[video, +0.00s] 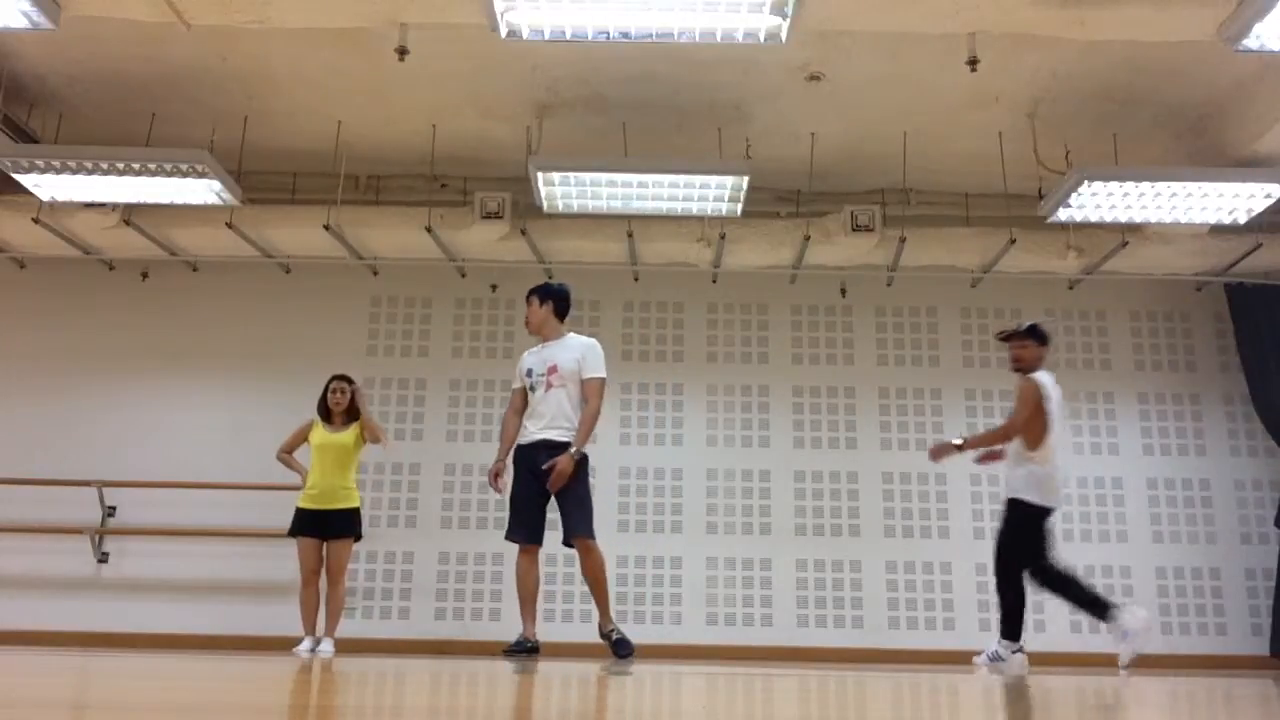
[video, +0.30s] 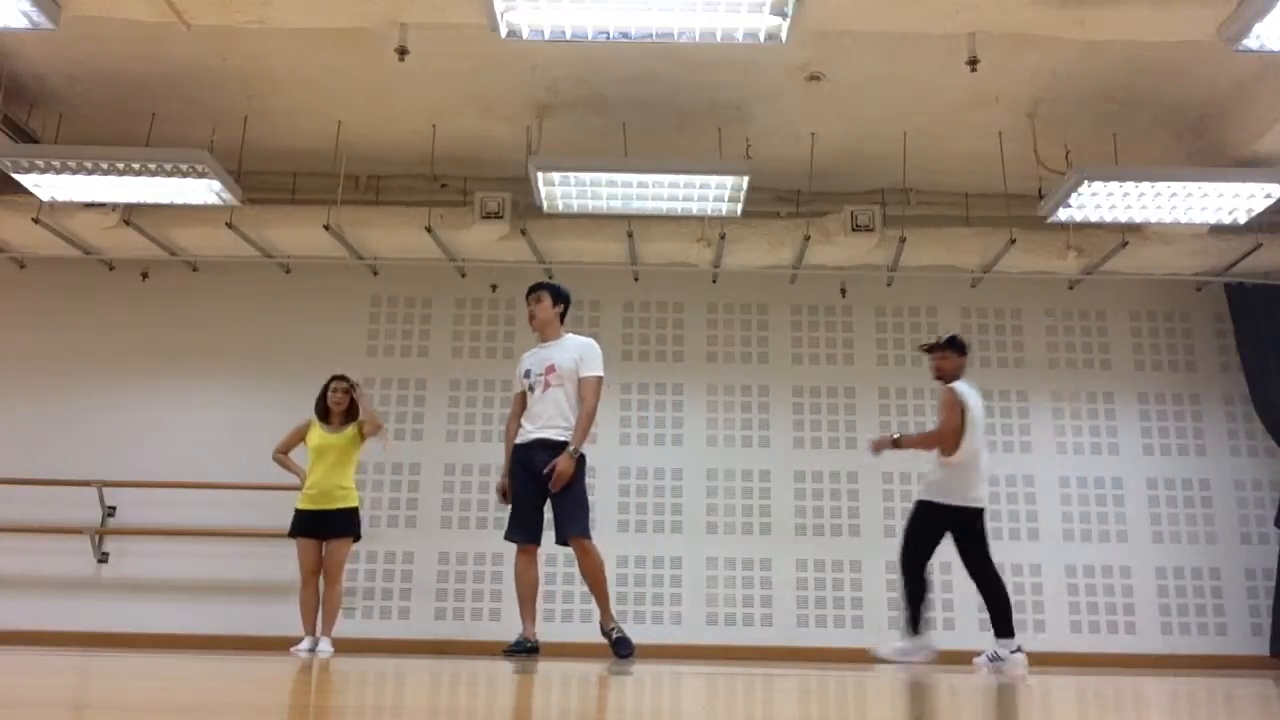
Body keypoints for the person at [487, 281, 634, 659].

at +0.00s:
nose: (525, 315)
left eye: (529, 306)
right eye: (526, 307)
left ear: (549, 308)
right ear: (543, 310)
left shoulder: (586, 347)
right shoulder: (528, 358)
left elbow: (593, 405)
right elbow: (515, 411)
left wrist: (572, 454)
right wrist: (501, 457)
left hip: (568, 453)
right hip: (527, 455)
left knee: (584, 540)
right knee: (527, 545)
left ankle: (607, 625)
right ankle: (528, 634)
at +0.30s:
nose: (531, 310)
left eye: (538, 303)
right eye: (529, 305)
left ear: (559, 308)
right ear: (530, 314)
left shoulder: (584, 347)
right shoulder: (527, 360)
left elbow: (589, 405)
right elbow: (515, 416)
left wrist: (571, 453)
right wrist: (507, 470)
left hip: (565, 453)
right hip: (525, 455)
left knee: (578, 539)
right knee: (526, 544)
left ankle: (609, 622)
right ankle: (528, 634)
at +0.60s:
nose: (554, 306)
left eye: (561, 300)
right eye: (548, 302)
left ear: (577, 307)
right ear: (542, 312)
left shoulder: (598, 350)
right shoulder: (532, 357)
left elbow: (607, 407)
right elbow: (519, 417)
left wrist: (597, 456)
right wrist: (514, 471)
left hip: (580, 457)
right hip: (535, 457)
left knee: (597, 547)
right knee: (531, 546)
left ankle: (611, 634)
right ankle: (528, 635)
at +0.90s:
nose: (591, 308)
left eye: (597, 302)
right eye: (584, 303)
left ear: (610, 311)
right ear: (575, 313)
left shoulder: (627, 357)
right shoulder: (557, 355)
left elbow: (638, 413)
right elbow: (541, 407)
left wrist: (634, 465)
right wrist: (533, 454)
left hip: (609, 459)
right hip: (564, 458)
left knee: (613, 550)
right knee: (545, 543)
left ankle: (612, 636)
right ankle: (531, 634)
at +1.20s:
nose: (603, 309)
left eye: (610, 304)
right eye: (597, 304)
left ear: (622, 312)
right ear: (587, 312)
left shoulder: (638, 358)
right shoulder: (568, 354)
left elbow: (651, 415)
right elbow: (558, 408)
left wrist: (653, 469)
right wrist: (562, 457)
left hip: (619, 458)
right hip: (577, 457)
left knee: (618, 550)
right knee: (556, 542)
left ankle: (614, 636)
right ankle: (544, 631)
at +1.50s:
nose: (595, 307)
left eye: (602, 302)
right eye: (589, 302)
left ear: (613, 311)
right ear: (579, 311)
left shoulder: (630, 357)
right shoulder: (561, 354)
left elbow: (642, 412)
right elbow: (550, 408)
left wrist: (641, 462)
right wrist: (549, 457)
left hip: (612, 457)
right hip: (568, 456)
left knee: (613, 550)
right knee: (551, 547)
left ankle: (613, 636)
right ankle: (539, 635)